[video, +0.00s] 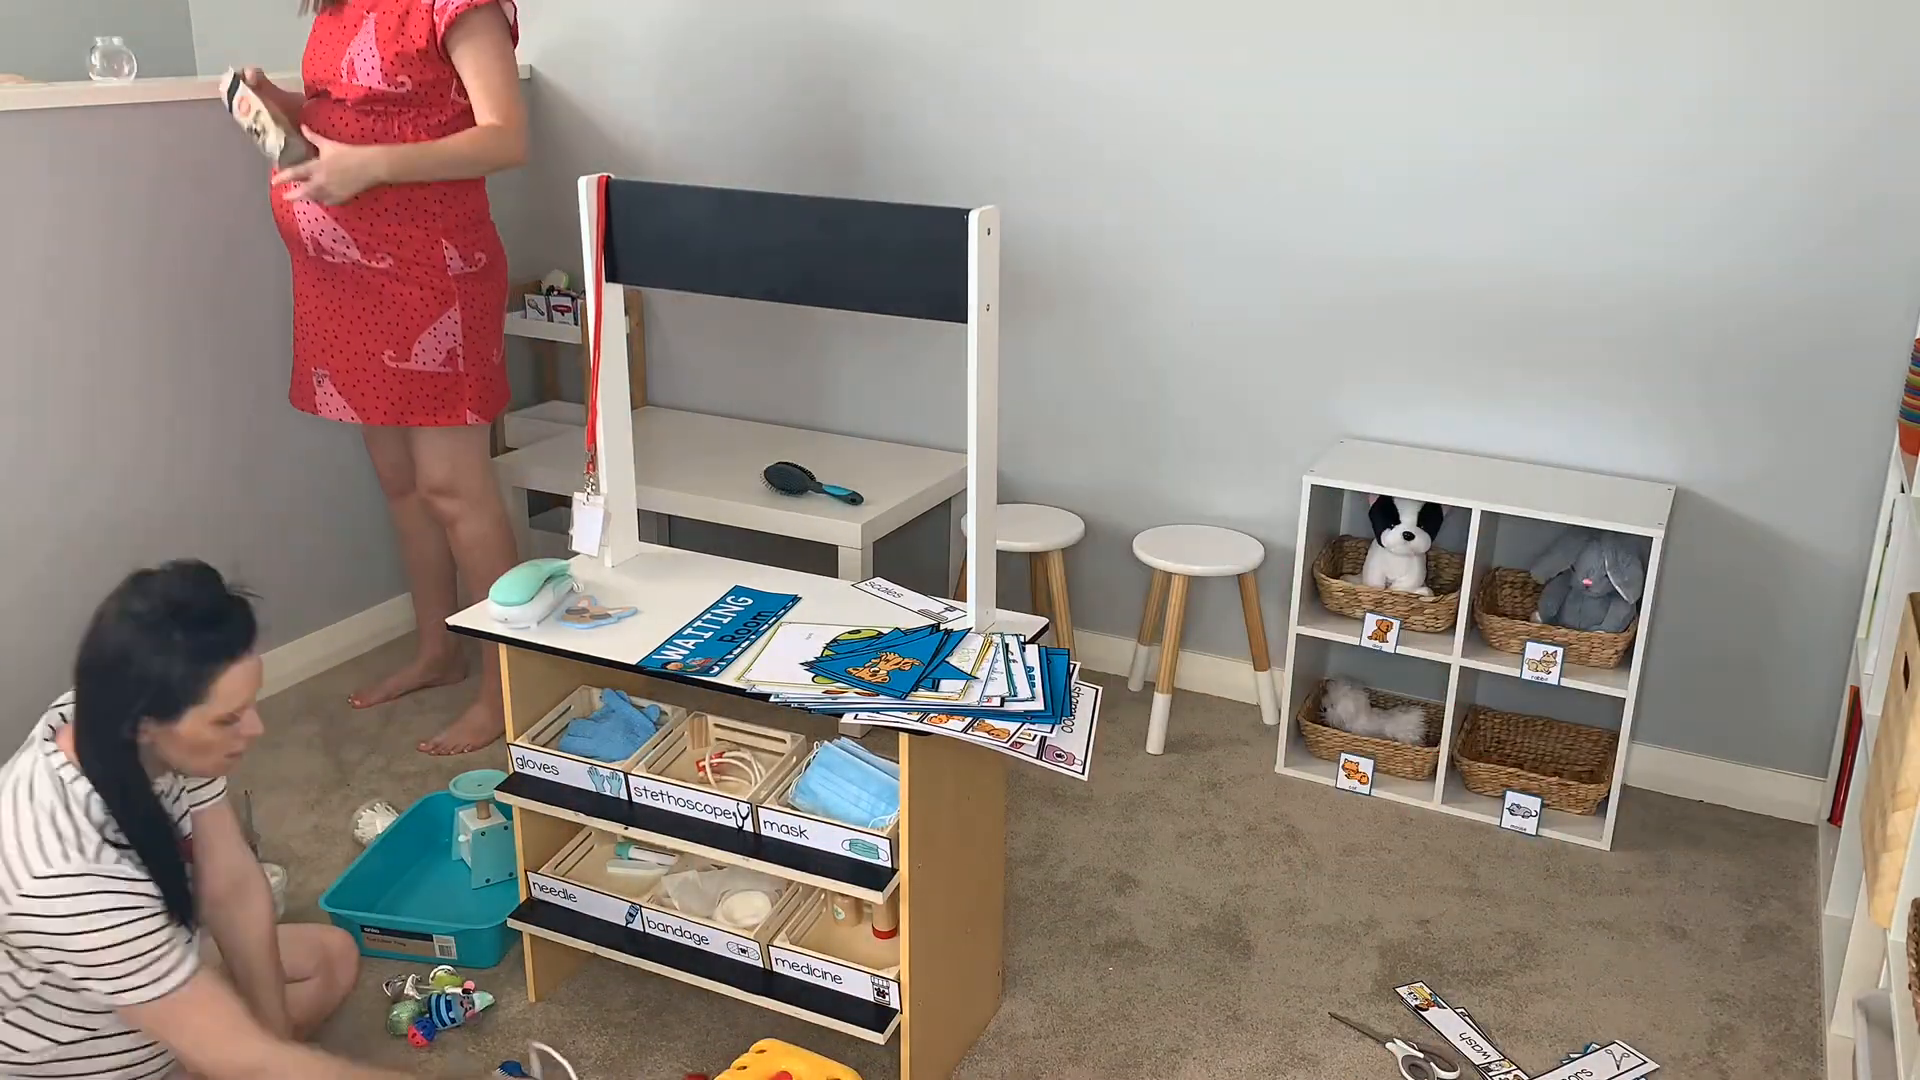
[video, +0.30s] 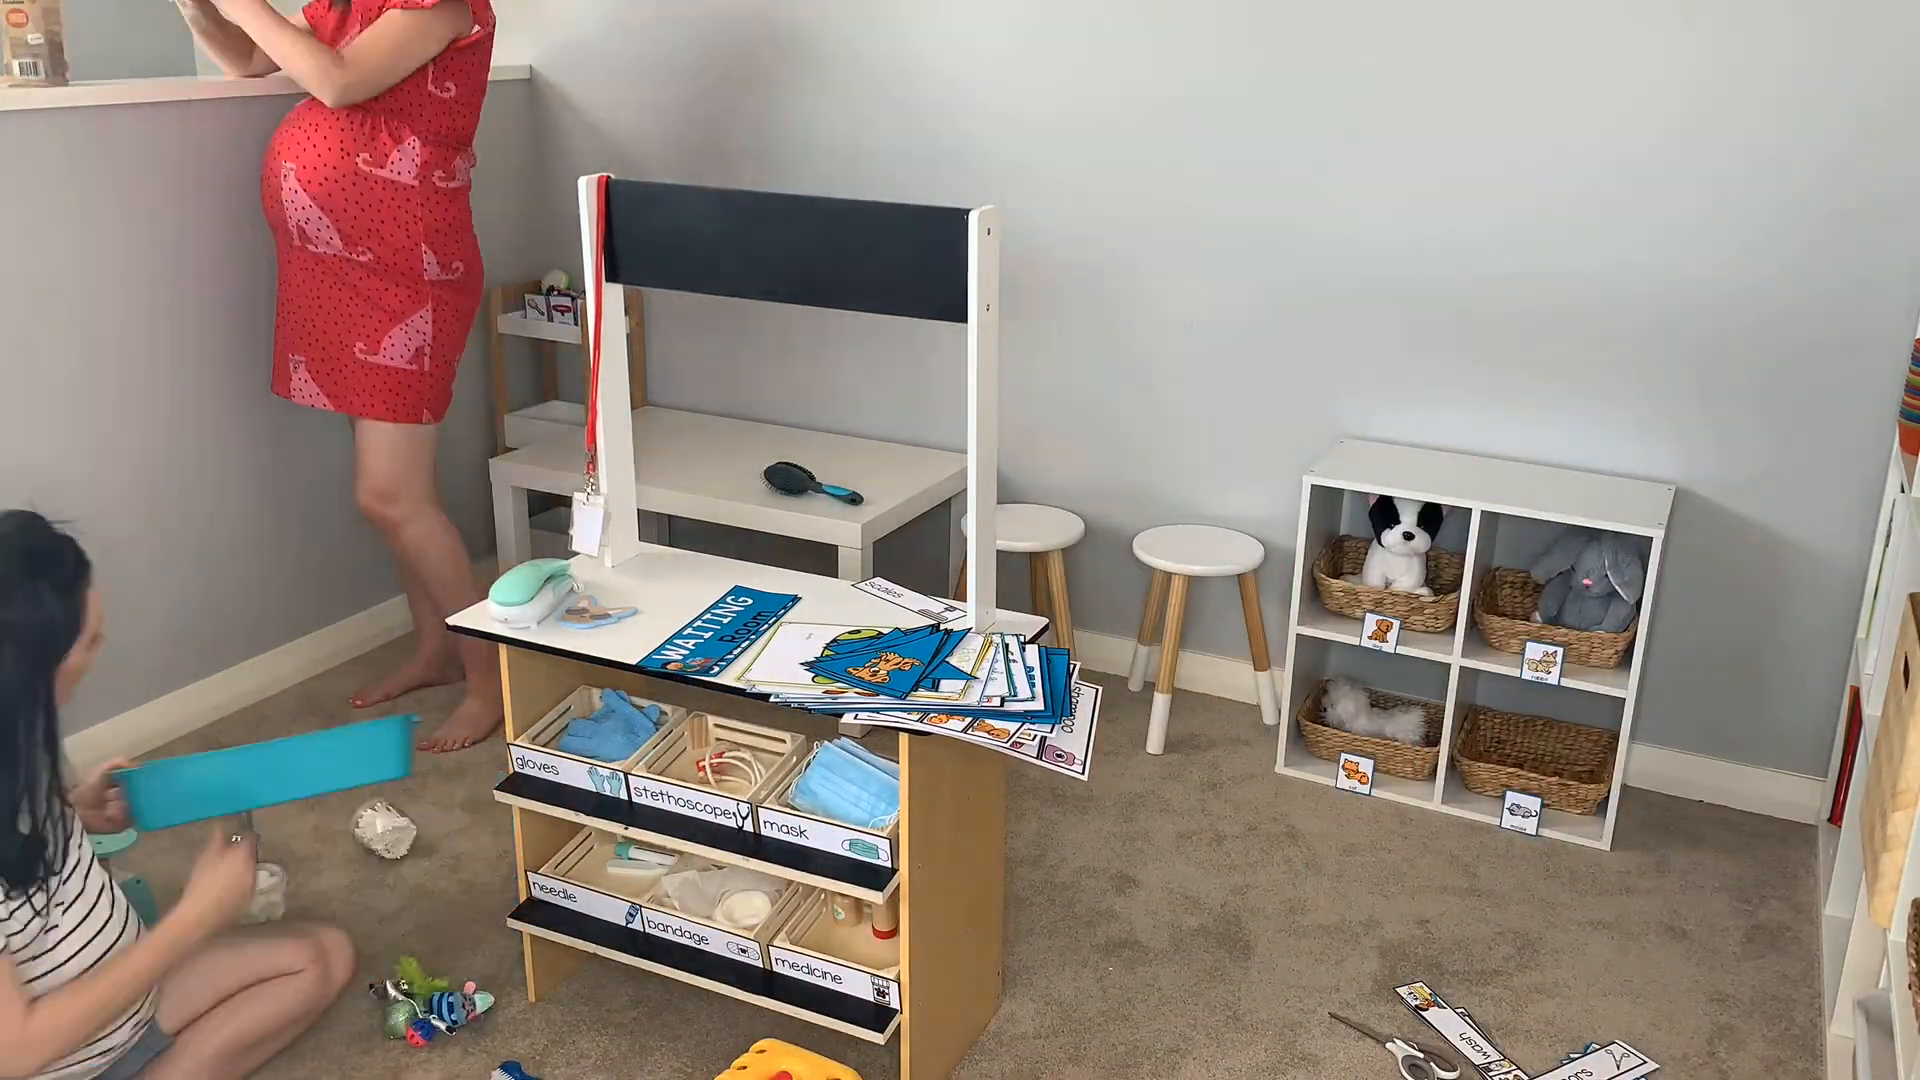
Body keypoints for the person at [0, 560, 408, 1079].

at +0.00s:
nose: (256, 731)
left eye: (252, 705)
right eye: (228, 720)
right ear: (144, 724)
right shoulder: (70, 872)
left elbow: (233, 890)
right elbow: (237, 1056)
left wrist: (273, 1042)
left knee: (330, 955)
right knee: (332, 958)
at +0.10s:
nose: (38, 585)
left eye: (14, 572)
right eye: (5, 593)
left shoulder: (24, 700)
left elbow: (55, 842)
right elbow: (8, 1043)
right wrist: (92, 962)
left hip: (144, 996)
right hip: (58, 1067)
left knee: (328, 954)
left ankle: (162, 1073)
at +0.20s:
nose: (56, 680)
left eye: (58, 653)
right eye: (29, 663)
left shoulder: (21, 749)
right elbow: (6, 1038)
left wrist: (130, 887)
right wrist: (128, 938)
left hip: (138, 998)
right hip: (55, 1067)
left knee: (328, 952)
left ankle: (161, 1072)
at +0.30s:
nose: (97, 651)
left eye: (92, 638)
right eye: (89, 641)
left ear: (28, 662)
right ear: (34, 661)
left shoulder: (20, 763)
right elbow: (15, 1049)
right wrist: (199, 914)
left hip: (123, 992)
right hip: (79, 1065)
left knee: (326, 952)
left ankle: (158, 1069)